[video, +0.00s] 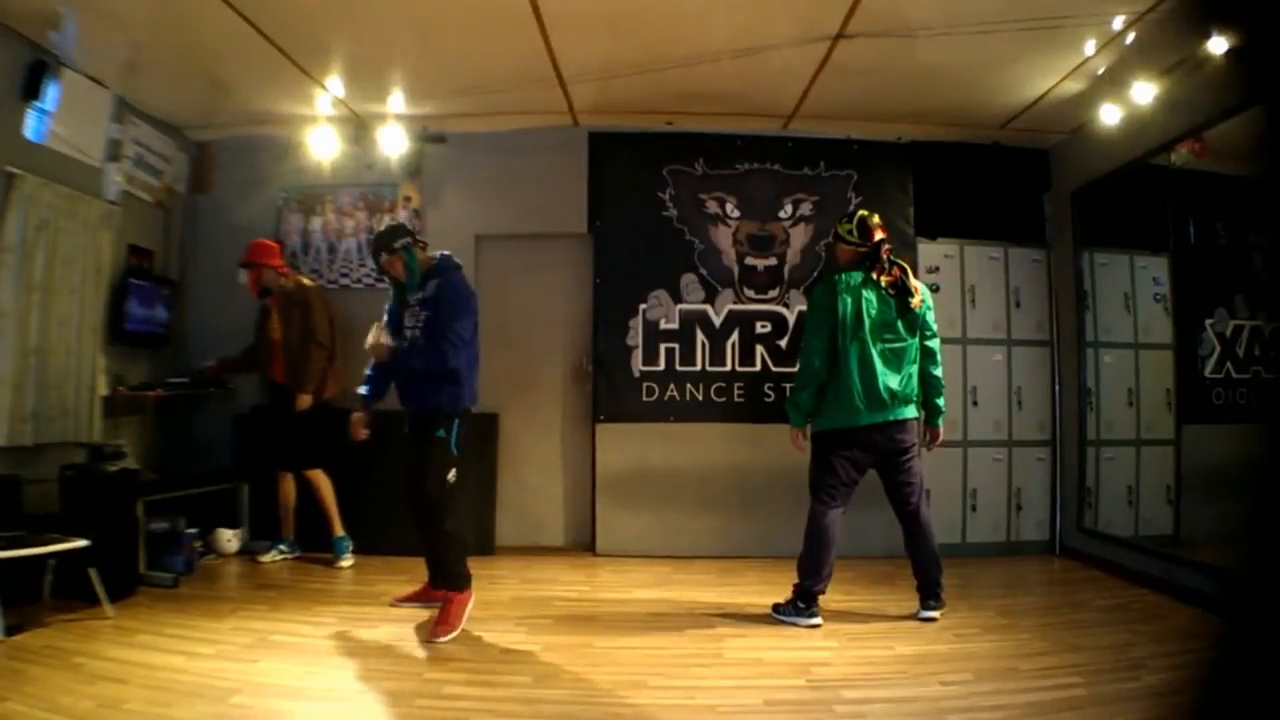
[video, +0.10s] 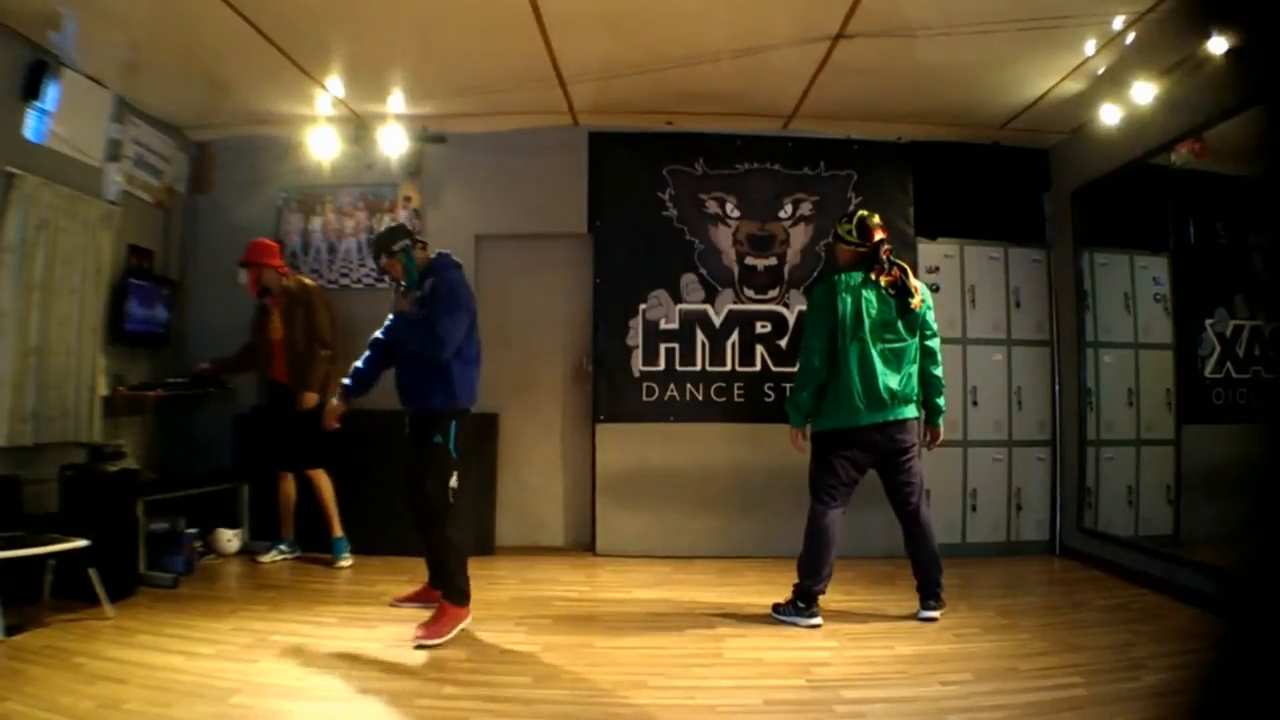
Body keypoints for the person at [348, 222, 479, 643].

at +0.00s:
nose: (388, 273)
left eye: (389, 264)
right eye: (383, 266)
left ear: (407, 252)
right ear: (389, 263)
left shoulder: (450, 285)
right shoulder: (404, 293)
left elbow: (449, 351)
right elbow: (386, 351)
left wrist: (393, 351)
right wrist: (365, 404)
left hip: (449, 406)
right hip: (419, 406)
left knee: (435, 493)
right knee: (419, 491)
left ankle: (459, 587)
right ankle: (438, 582)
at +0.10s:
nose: (388, 275)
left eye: (388, 265)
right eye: (384, 268)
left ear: (407, 253)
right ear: (397, 259)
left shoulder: (448, 280)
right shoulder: (416, 288)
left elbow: (442, 343)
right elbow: (384, 343)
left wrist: (404, 318)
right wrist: (346, 392)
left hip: (448, 408)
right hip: (422, 407)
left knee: (437, 498)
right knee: (421, 494)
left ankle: (457, 601)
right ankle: (438, 583)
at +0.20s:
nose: (392, 277)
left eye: (393, 267)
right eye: (388, 271)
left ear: (414, 254)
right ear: (403, 260)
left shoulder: (447, 274)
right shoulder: (421, 284)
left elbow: (431, 341)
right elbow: (390, 342)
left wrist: (406, 309)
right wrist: (344, 380)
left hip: (447, 410)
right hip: (424, 409)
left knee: (444, 504)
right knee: (423, 496)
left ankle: (456, 612)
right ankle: (438, 585)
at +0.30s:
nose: (394, 273)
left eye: (396, 264)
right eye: (391, 267)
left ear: (415, 252)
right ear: (414, 252)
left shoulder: (449, 275)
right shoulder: (428, 281)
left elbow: (423, 335)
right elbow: (396, 340)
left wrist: (390, 322)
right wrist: (355, 370)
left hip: (445, 410)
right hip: (424, 409)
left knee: (448, 505)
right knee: (427, 497)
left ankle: (457, 613)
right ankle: (437, 584)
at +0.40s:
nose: (401, 274)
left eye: (401, 264)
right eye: (398, 268)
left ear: (417, 248)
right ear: (417, 248)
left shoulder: (455, 269)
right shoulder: (433, 274)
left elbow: (423, 317)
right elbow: (402, 327)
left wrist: (385, 328)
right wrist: (373, 361)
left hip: (448, 402)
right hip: (429, 403)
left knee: (449, 502)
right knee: (430, 494)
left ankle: (458, 614)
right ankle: (440, 579)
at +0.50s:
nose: (407, 273)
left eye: (408, 263)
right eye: (403, 267)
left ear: (427, 248)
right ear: (412, 258)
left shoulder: (460, 272)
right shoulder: (430, 279)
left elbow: (414, 311)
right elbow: (389, 329)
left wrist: (392, 311)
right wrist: (387, 353)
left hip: (451, 403)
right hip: (431, 402)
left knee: (453, 505)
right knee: (438, 499)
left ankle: (459, 614)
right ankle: (445, 581)